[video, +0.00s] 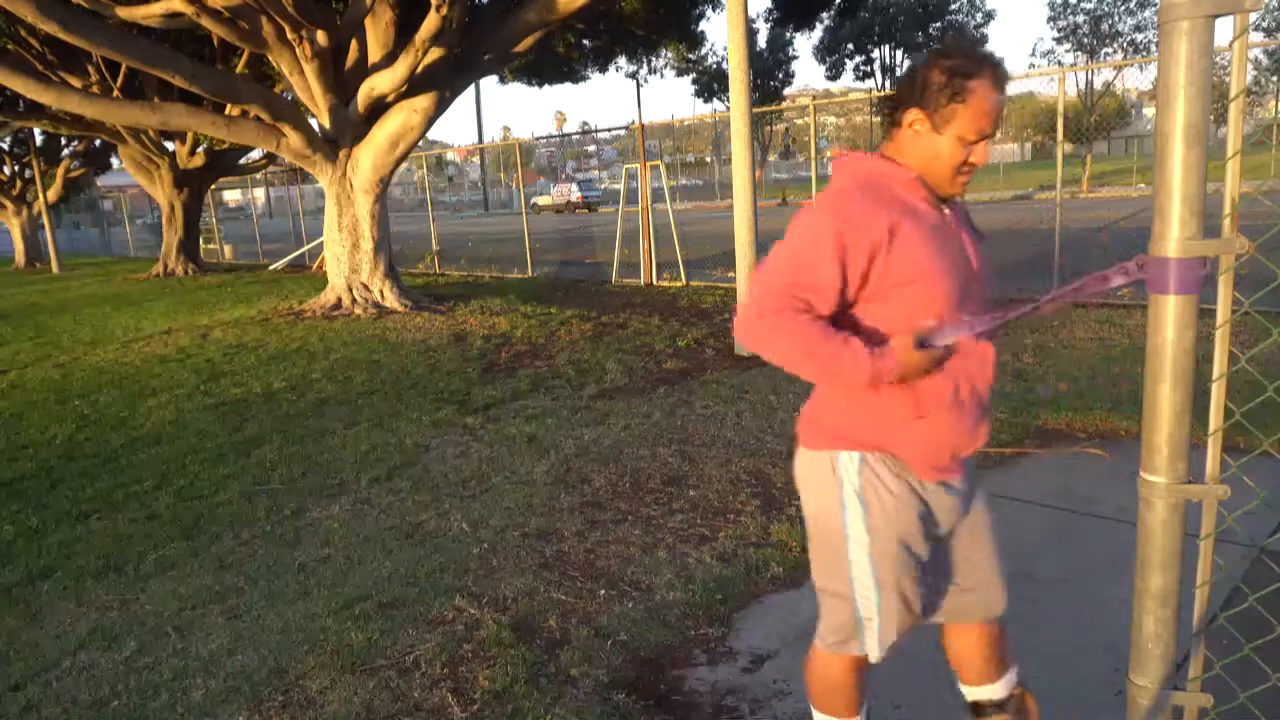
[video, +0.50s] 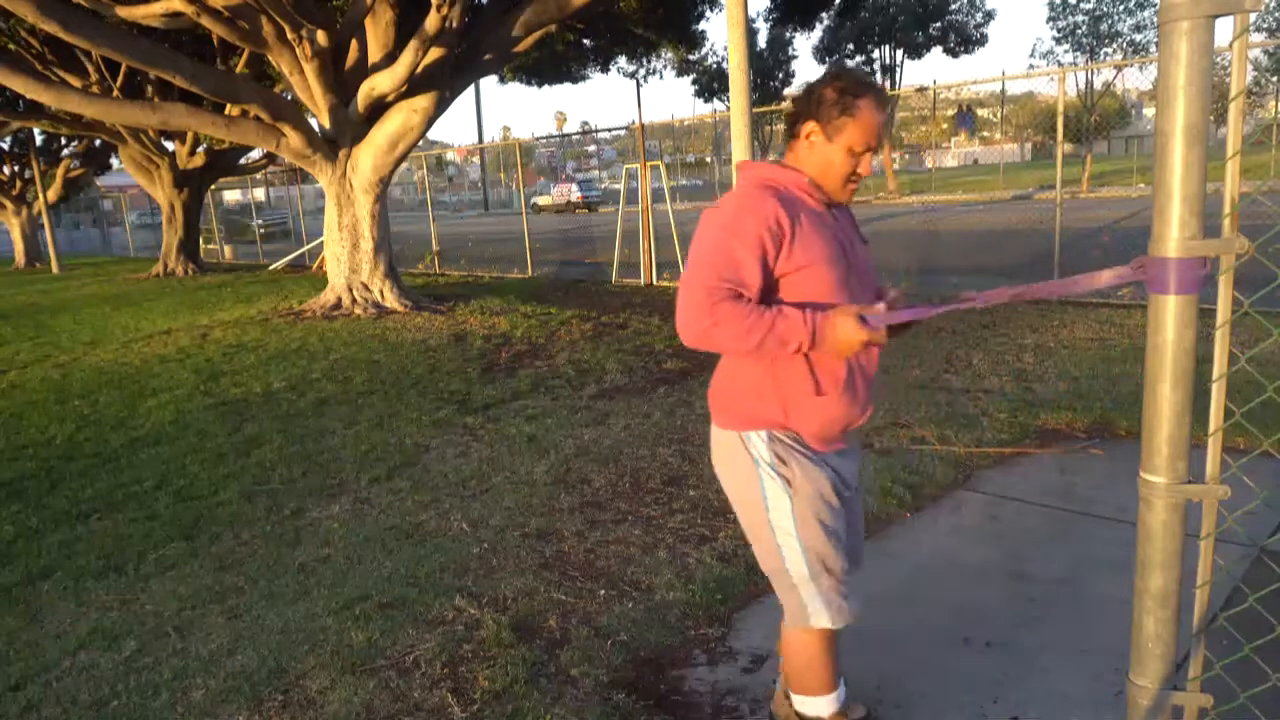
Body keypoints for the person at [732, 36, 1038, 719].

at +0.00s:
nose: (980, 157)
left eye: (986, 142)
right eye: (971, 140)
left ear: (927, 122)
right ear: (915, 123)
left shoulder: (940, 208)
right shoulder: (853, 205)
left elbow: (937, 312)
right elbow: (761, 318)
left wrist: (1005, 315)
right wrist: (878, 365)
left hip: (940, 453)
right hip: (859, 457)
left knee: (975, 605)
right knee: (849, 627)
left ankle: (998, 709)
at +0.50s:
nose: (866, 168)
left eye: (871, 154)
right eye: (859, 151)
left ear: (827, 139)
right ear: (810, 136)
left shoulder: (833, 211)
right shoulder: (750, 209)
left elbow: (838, 302)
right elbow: (699, 317)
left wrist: (879, 312)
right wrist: (818, 330)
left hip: (824, 431)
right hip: (767, 437)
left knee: (823, 578)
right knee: (813, 595)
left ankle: (796, 696)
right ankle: (821, 715)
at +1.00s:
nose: (752, 192)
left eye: (760, 178)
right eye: (743, 177)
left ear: (761, 166)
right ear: (700, 155)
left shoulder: (741, 220)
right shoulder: (644, 218)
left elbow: (756, 296)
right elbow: (583, 315)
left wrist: (789, 307)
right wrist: (689, 341)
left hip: (741, 424)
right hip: (667, 435)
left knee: (778, 549)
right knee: (696, 580)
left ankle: (767, 673)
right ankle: (717, 701)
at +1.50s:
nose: (697, 181)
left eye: (703, 166)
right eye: (684, 167)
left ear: (708, 162)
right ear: (639, 159)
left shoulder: (712, 216)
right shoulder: (603, 228)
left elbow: (760, 262)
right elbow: (626, 314)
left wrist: (810, 275)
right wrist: (740, 310)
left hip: (703, 420)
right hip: (637, 424)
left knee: (696, 543)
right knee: (689, 568)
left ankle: (638, 647)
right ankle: (717, 699)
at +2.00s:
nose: (718, 174)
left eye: (722, 159)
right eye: (707, 160)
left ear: (719, 153)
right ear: (661, 151)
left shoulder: (720, 215)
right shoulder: (627, 222)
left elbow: (780, 267)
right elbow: (682, 301)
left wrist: (843, 291)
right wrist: (791, 315)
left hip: (716, 413)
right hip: (653, 418)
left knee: (732, 545)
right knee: (698, 564)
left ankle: (732, 659)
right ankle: (716, 698)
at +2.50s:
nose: (705, 195)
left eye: (711, 180)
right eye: (694, 180)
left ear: (714, 171)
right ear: (652, 164)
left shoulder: (713, 224)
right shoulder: (610, 230)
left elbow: (766, 276)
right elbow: (646, 309)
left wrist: (833, 306)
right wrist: (758, 329)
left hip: (717, 419)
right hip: (650, 428)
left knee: (740, 544)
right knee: (705, 574)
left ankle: (689, 640)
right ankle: (731, 696)